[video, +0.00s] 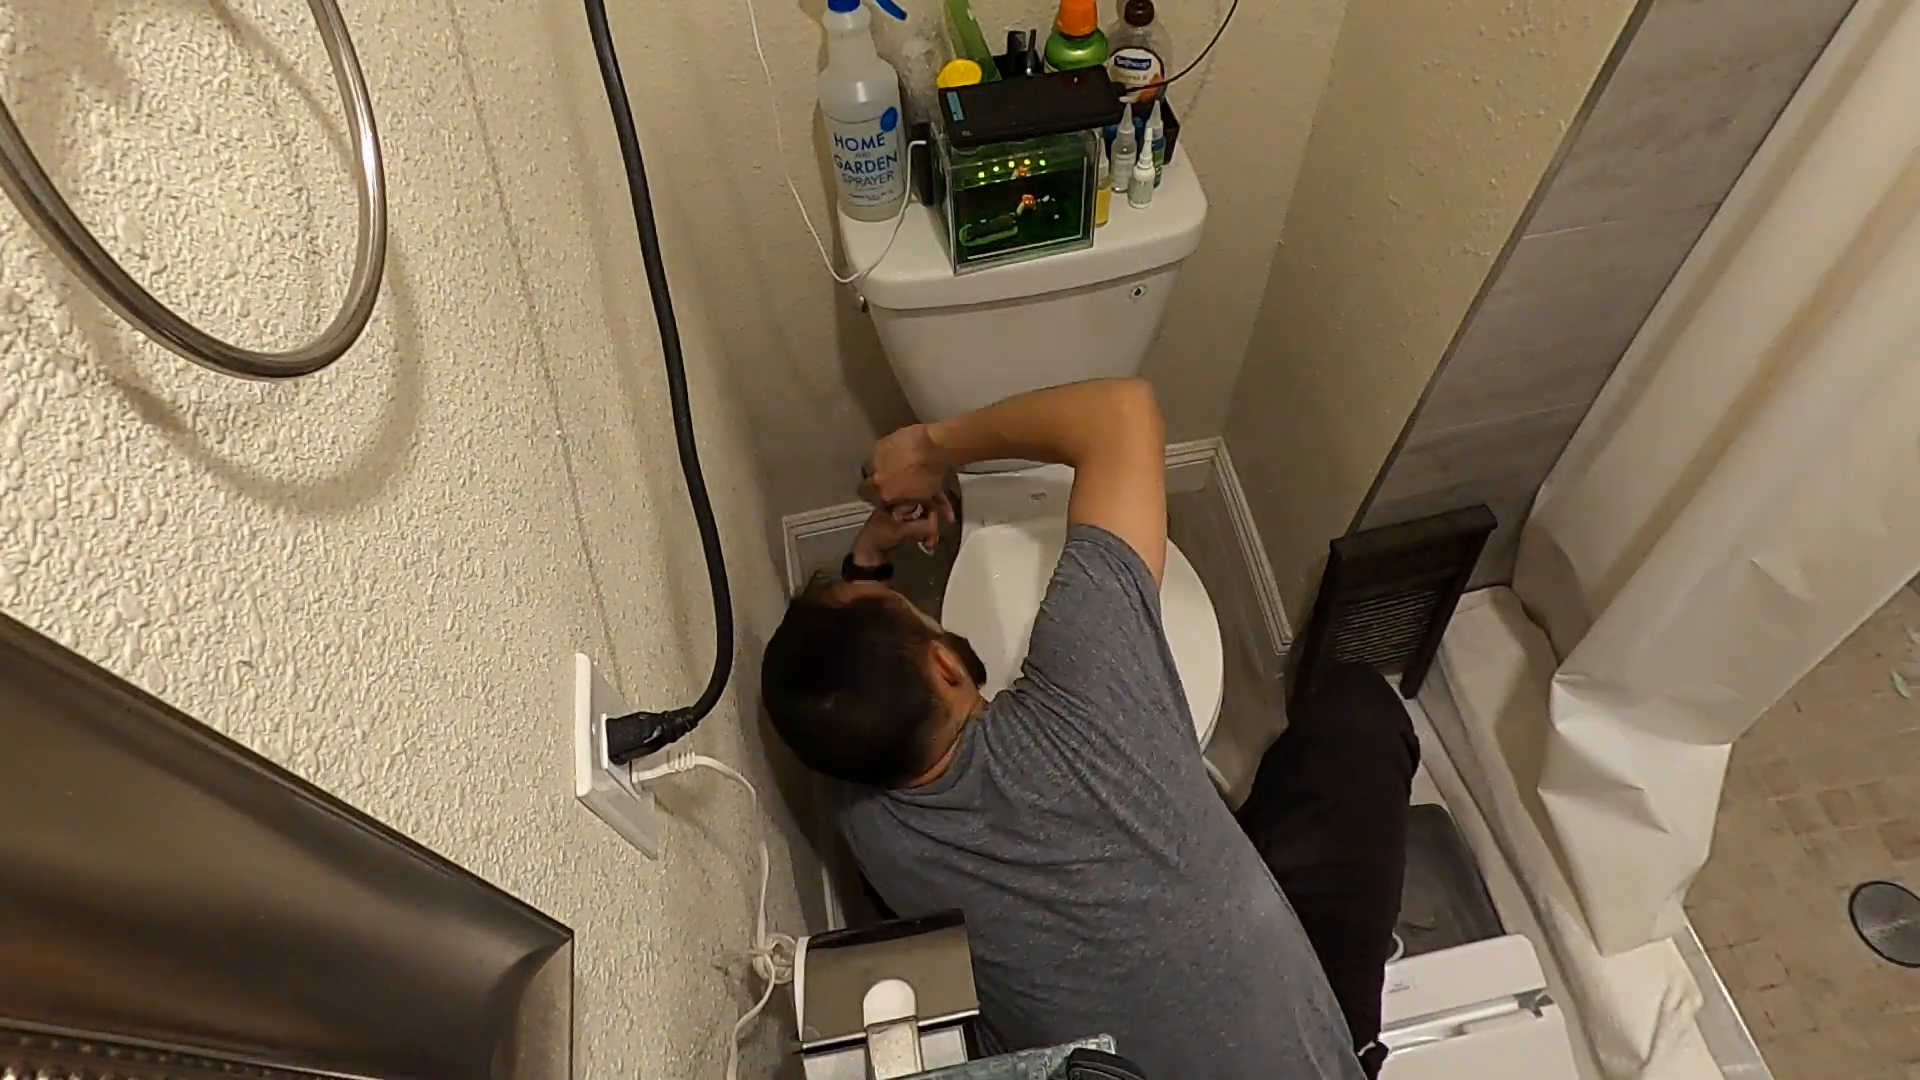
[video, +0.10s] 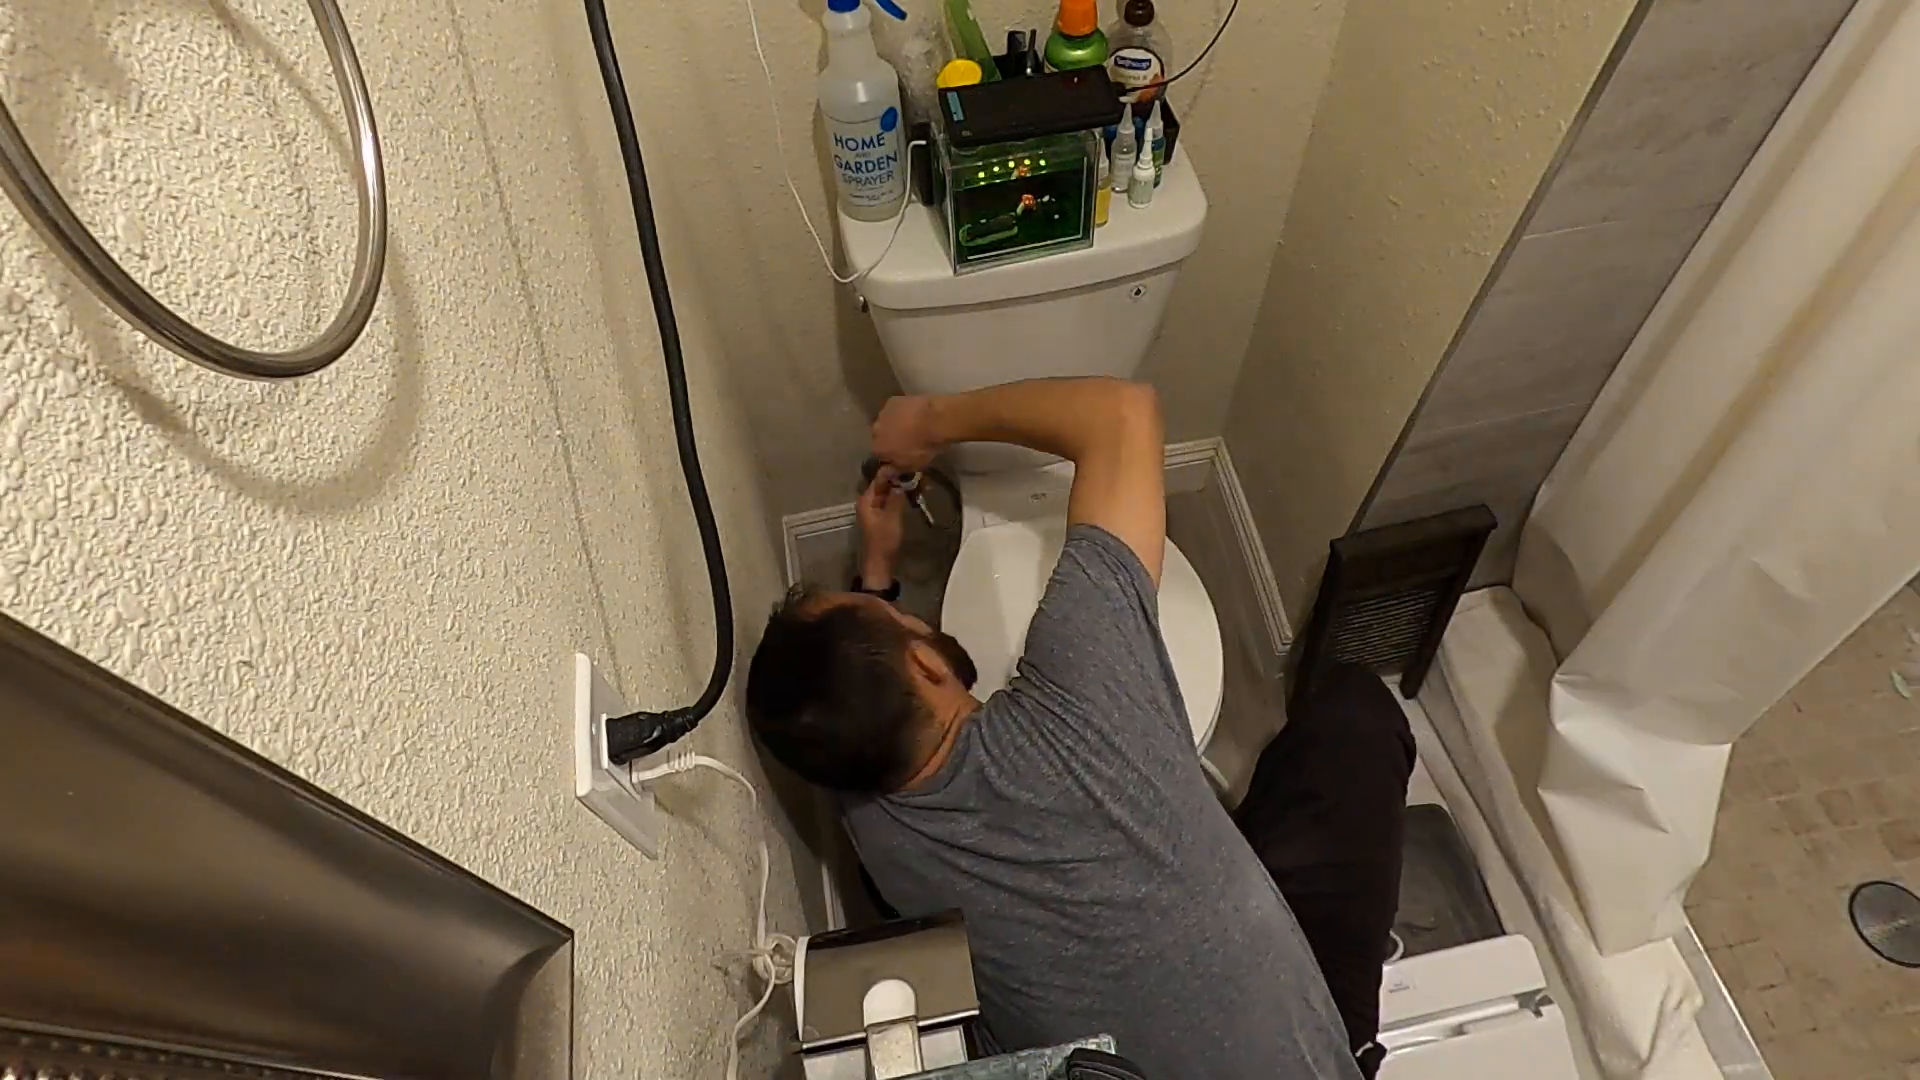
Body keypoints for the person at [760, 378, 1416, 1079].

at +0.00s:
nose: (926, 611)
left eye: (905, 607)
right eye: (916, 615)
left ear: (839, 751)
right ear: (945, 663)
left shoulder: (879, 843)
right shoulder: (1089, 690)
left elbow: (836, 718)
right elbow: (1118, 411)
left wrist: (870, 553)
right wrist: (936, 443)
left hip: (1077, 1072)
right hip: (1298, 1055)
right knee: (1356, 701)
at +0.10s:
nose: (885, 597)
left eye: (869, 599)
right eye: (880, 606)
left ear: (839, 760)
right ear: (922, 663)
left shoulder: (886, 847)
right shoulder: (1081, 687)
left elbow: (848, 733)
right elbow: (1119, 413)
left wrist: (878, 567)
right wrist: (935, 421)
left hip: (1088, 1070)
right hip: (1296, 1055)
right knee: (1348, 700)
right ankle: (1344, 664)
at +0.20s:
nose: (918, 608)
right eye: (910, 603)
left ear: (820, 729)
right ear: (919, 633)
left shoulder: (863, 821)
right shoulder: (1043, 683)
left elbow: (904, 651)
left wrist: (918, 519)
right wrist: (898, 433)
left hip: (1081, 1071)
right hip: (1279, 1054)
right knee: (1361, 711)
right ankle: (1354, 690)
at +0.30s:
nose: (911, 622)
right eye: (904, 613)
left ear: (813, 732)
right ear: (913, 647)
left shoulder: (853, 824)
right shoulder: (1034, 690)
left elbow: (909, 676)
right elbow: (982, 479)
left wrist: (936, 552)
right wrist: (899, 434)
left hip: (1077, 1069)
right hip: (1276, 1051)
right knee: (1338, 697)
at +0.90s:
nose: (873, 581)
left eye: (872, 591)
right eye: (870, 594)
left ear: (809, 735)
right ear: (936, 670)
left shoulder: (852, 830)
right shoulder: (1056, 698)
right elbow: (1055, 511)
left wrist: (891, 602)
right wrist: (903, 473)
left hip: (1064, 1068)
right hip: (1264, 1054)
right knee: (1296, 683)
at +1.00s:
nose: (887, 581)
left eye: (885, 592)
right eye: (890, 601)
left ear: (805, 725)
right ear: (934, 670)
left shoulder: (842, 827)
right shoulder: (1058, 702)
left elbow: (812, 703)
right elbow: (1107, 500)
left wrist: (870, 571)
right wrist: (928, 466)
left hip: (1056, 1065)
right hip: (1256, 1050)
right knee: (1281, 679)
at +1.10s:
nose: (915, 607)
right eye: (906, 594)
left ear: (798, 693)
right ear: (906, 624)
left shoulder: (821, 809)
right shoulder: (1004, 682)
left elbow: (912, 643)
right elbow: (987, 459)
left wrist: (939, 531)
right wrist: (900, 432)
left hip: (1066, 1070)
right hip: (1256, 1054)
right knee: (1269, 672)